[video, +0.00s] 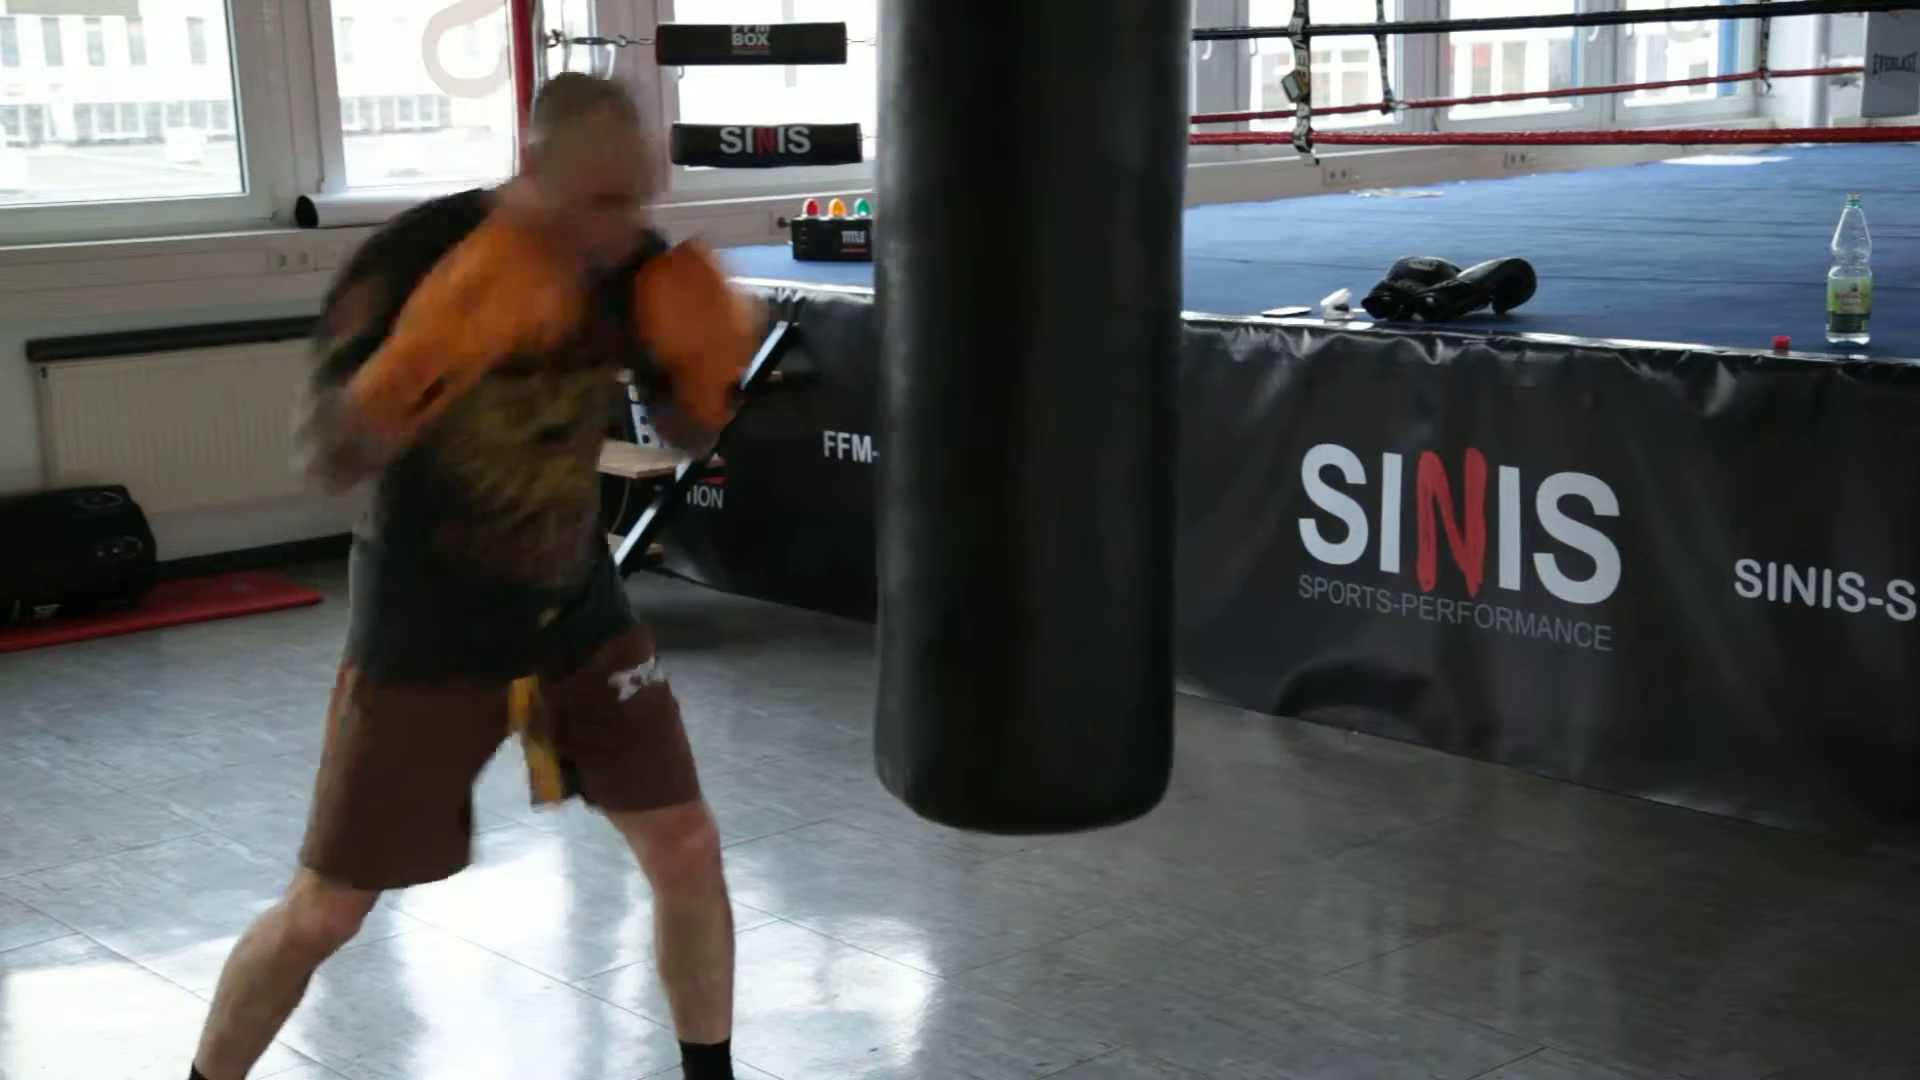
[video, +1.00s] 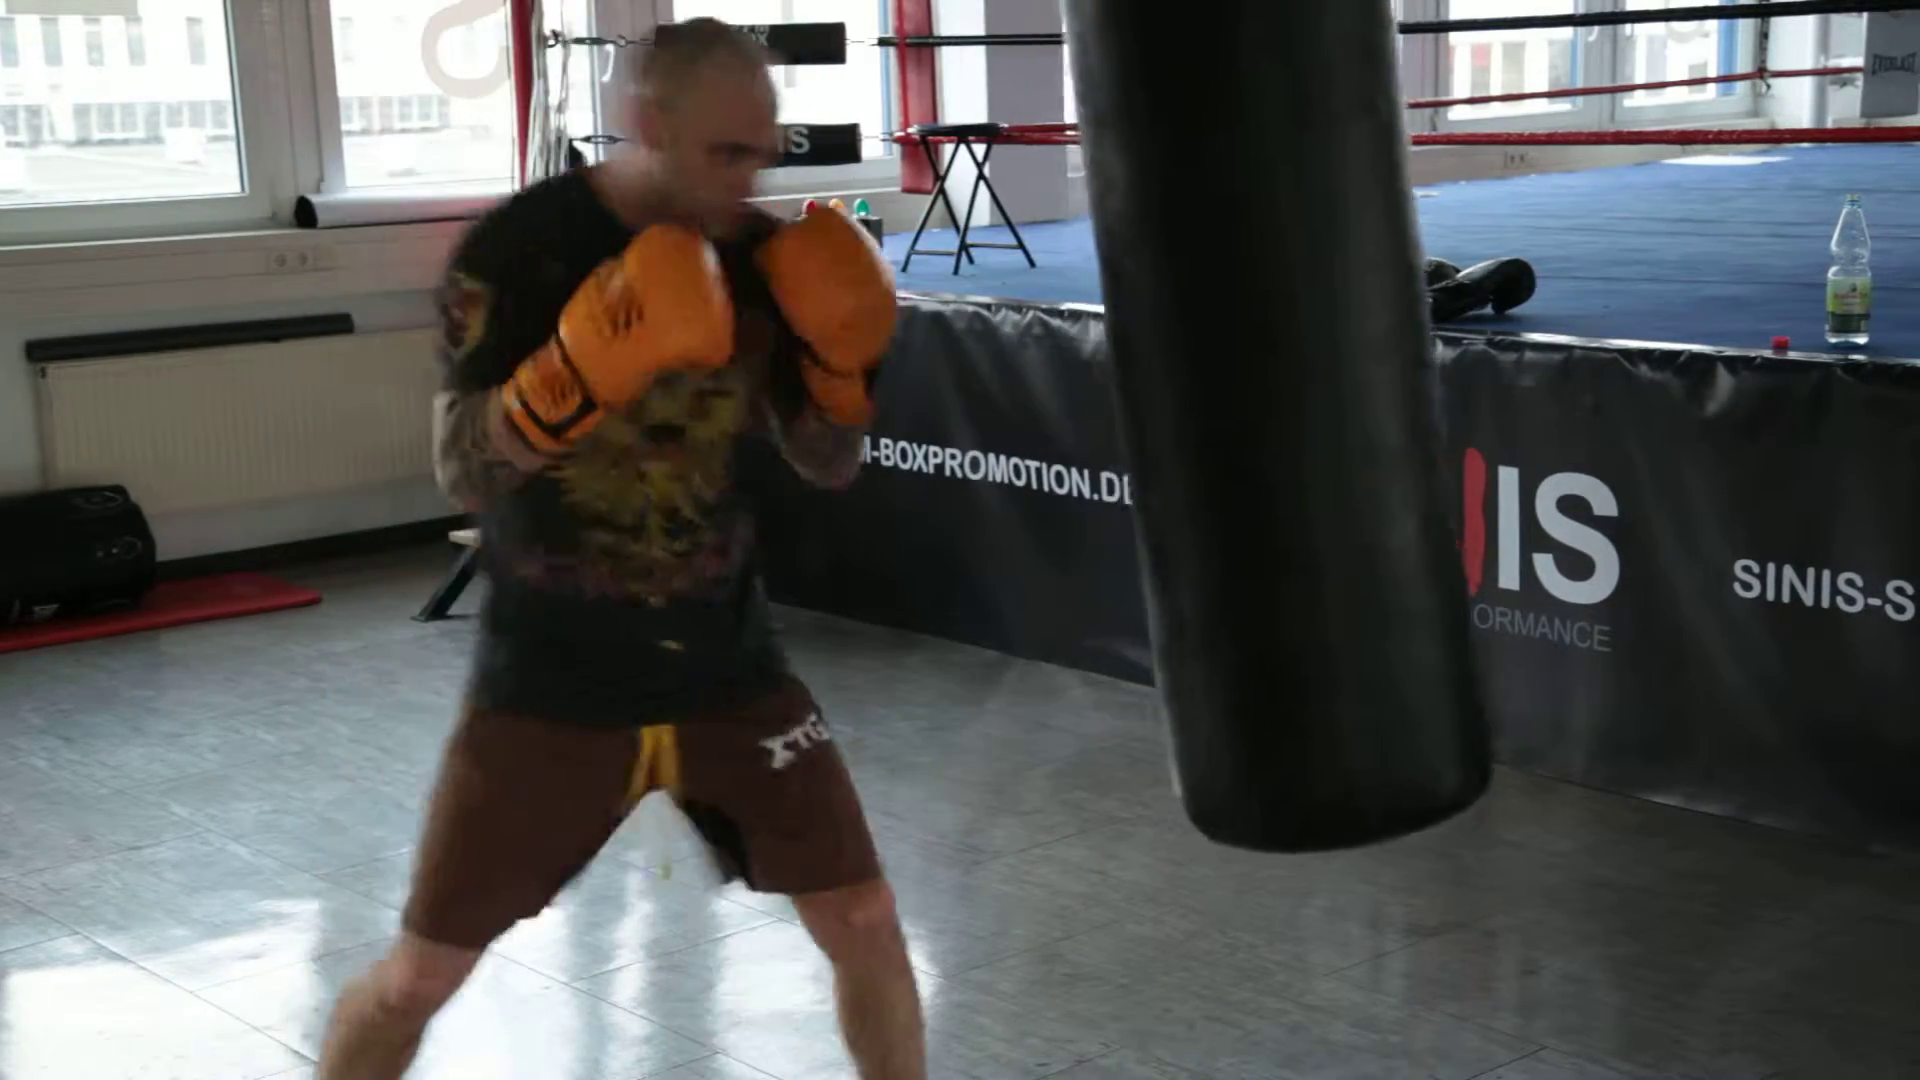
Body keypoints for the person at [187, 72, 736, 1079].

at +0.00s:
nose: (630, 226)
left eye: (640, 198)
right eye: (607, 200)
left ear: (649, 178)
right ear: (534, 171)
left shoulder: (634, 272)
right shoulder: (414, 264)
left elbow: (681, 431)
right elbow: (329, 454)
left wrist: (704, 368)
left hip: (575, 607)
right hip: (424, 620)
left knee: (685, 848)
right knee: (324, 915)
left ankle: (711, 1074)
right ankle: (208, 1077)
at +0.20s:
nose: (707, 210)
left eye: (721, 185)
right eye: (689, 180)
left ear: (733, 162)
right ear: (611, 149)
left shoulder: (680, 259)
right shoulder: (506, 220)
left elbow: (705, 431)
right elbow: (530, 356)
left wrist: (755, 357)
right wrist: (723, 295)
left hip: (602, 593)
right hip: (462, 605)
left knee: (703, 851)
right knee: (368, 910)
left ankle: (711, 1075)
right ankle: (227, 1073)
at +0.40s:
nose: (696, 164)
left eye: (710, 138)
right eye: (675, 136)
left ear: (720, 126)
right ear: (599, 111)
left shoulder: (700, 232)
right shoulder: (471, 207)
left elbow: (740, 413)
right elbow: (401, 409)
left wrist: (778, 357)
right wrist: (529, 322)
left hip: (623, 594)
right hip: (466, 597)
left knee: (697, 864)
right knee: (377, 904)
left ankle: (714, 1076)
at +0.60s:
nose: (605, 149)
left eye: (617, 124)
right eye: (584, 123)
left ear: (625, 112)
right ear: (503, 94)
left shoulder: (607, 227)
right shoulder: (380, 219)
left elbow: (704, 407)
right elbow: (391, 415)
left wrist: (737, 341)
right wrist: (530, 301)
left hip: (597, 624)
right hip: (434, 637)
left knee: (717, 888)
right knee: (360, 951)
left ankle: (712, 1071)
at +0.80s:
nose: (629, 152)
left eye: (643, 122)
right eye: (606, 123)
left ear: (653, 102)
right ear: (518, 93)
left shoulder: (615, 218)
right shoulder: (387, 220)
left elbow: (701, 403)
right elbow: (396, 427)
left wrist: (728, 334)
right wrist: (540, 315)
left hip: (622, 611)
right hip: (456, 633)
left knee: (761, 885)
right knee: (371, 952)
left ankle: (825, 1075)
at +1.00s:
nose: (751, 182)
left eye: (763, 155)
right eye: (729, 153)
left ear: (774, 141)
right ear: (647, 127)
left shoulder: (760, 253)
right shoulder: (518, 248)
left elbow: (823, 465)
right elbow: (460, 472)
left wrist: (844, 363)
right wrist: (579, 373)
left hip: (725, 658)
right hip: (552, 671)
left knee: (864, 919)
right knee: (421, 974)